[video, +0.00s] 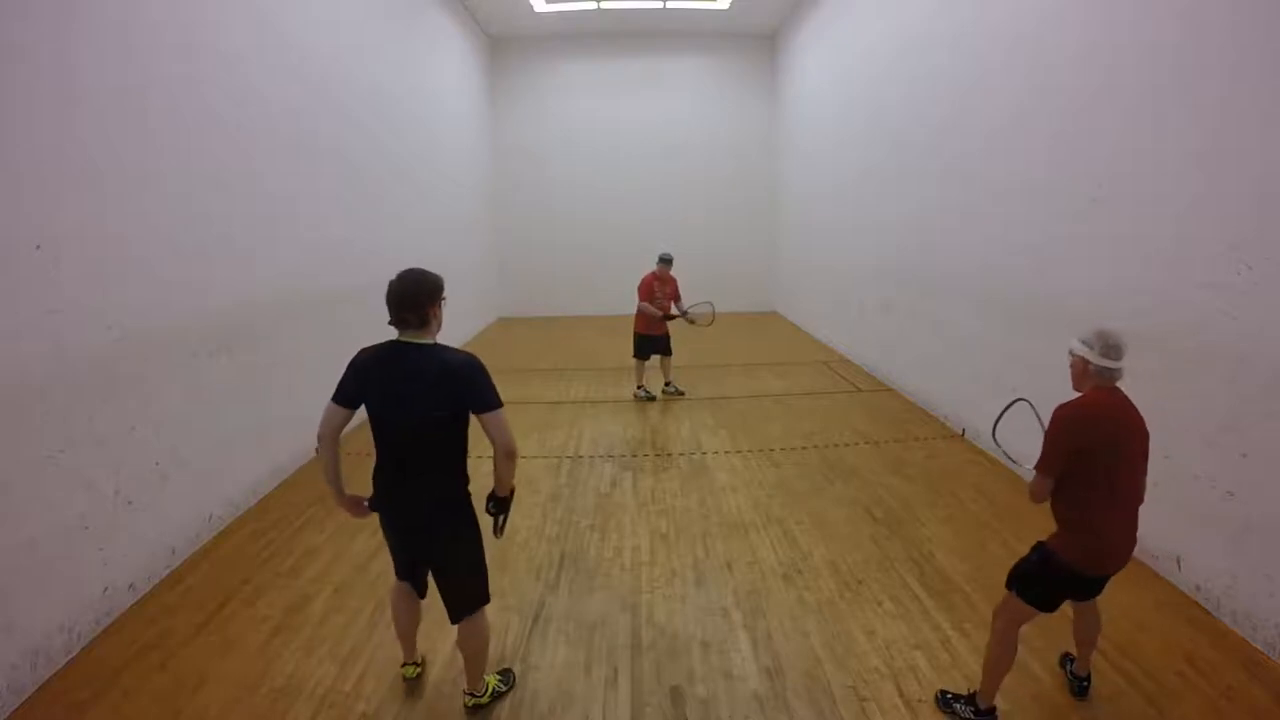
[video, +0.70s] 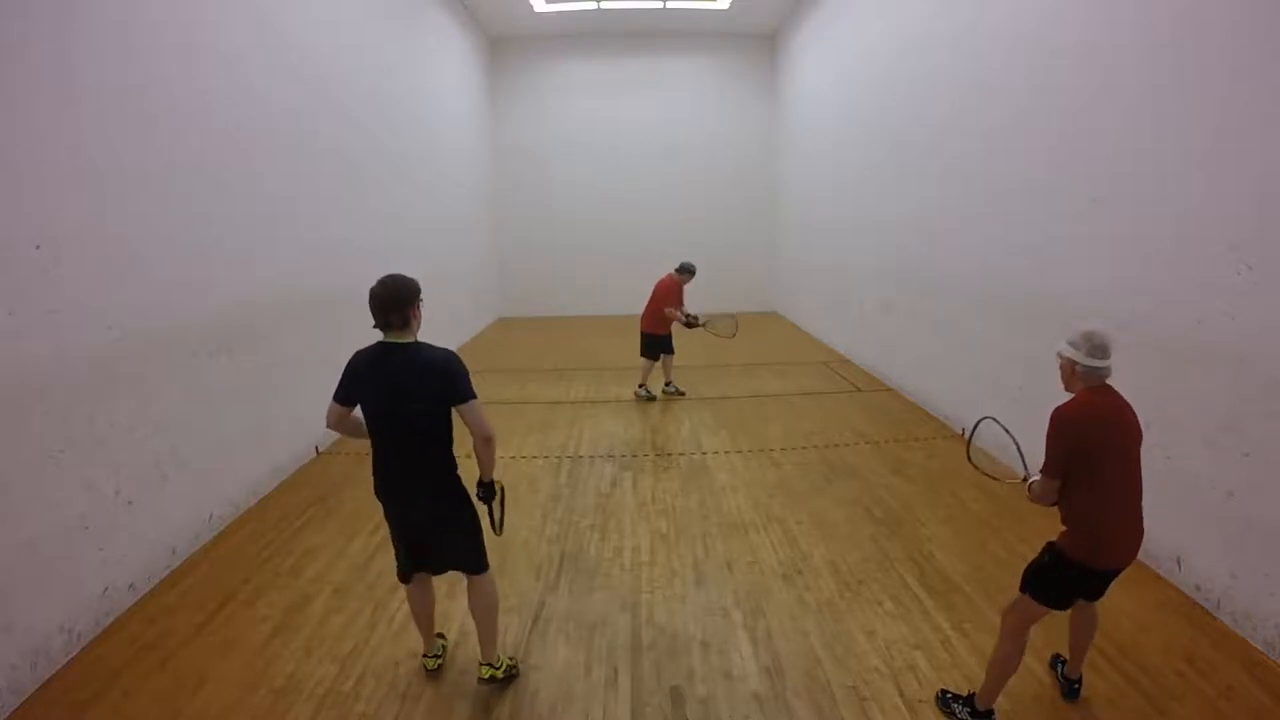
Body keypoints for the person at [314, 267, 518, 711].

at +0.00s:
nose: (443, 310)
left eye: (440, 303)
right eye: (441, 304)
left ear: (392, 312)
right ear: (435, 311)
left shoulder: (368, 362)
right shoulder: (462, 366)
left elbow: (327, 432)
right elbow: (505, 446)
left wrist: (339, 495)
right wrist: (502, 495)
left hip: (394, 503)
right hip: (446, 505)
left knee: (406, 577)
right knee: (468, 602)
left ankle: (409, 661)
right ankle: (476, 688)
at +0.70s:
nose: (422, 310)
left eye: (420, 303)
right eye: (420, 304)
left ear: (375, 316)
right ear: (414, 312)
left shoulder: (362, 362)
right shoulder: (442, 362)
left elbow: (336, 419)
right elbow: (483, 434)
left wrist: (377, 431)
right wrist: (486, 480)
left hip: (392, 487)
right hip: (440, 484)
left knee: (414, 569)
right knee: (477, 569)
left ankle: (430, 649)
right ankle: (490, 662)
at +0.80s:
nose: (423, 300)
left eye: (421, 293)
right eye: (422, 294)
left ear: (377, 305)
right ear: (416, 301)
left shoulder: (361, 352)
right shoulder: (444, 350)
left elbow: (334, 412)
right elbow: (480, 422)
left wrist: (376, 426)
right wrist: (484, 468)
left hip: (391, 481)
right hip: (440, 478)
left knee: (413, 566)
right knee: (477, 563)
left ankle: (428, 644)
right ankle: (492, 654)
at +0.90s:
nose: (426, 298)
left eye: (424, 291)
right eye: (425, 292)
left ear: (379, 303)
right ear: (420, 300)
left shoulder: (361, 351)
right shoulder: (447, 349)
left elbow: (334, 415)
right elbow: (485, 417)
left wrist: (375, 431)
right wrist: (484, 466)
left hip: (393, 480)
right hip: (442, 476)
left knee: (414, 567)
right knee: (479, 566)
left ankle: (426, 644)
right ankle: (501, 658)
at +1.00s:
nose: (426, 311)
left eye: (423, 305)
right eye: (425, 306)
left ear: (381, 316)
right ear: (423, 312)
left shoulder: (365, 368)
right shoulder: (450, 366)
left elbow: (337, 435)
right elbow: (493, 433)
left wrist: (378, 458)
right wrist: (492, 482)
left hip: (397, 493)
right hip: (448, 490)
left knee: (416, 571)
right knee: (483, 579)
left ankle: (427, 650)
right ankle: (504, 671)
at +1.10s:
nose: (425, 299)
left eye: (421, 292)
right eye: (424, 293)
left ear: (378, 304)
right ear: (420, 300)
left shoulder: (361, 356)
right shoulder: (449, 351)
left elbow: (334, 424)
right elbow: (488, 418)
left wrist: (376, 452)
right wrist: (490, 468)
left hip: (395, 485)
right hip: (448, 482)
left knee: (411, 573)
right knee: (481, 579)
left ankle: (422, 647)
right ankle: (505, 666)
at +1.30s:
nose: (420, 313)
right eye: (419, 307)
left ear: (374, 319)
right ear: (416, 314)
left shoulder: (358, 373)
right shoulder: (447, 364)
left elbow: (323, 442)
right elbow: (495, 428)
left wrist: (365, 475)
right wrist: (500, 477)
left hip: (392, 503)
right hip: (446, 500)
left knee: (398, 584)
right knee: (485, 592)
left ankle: (399, 674)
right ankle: (511, 684)